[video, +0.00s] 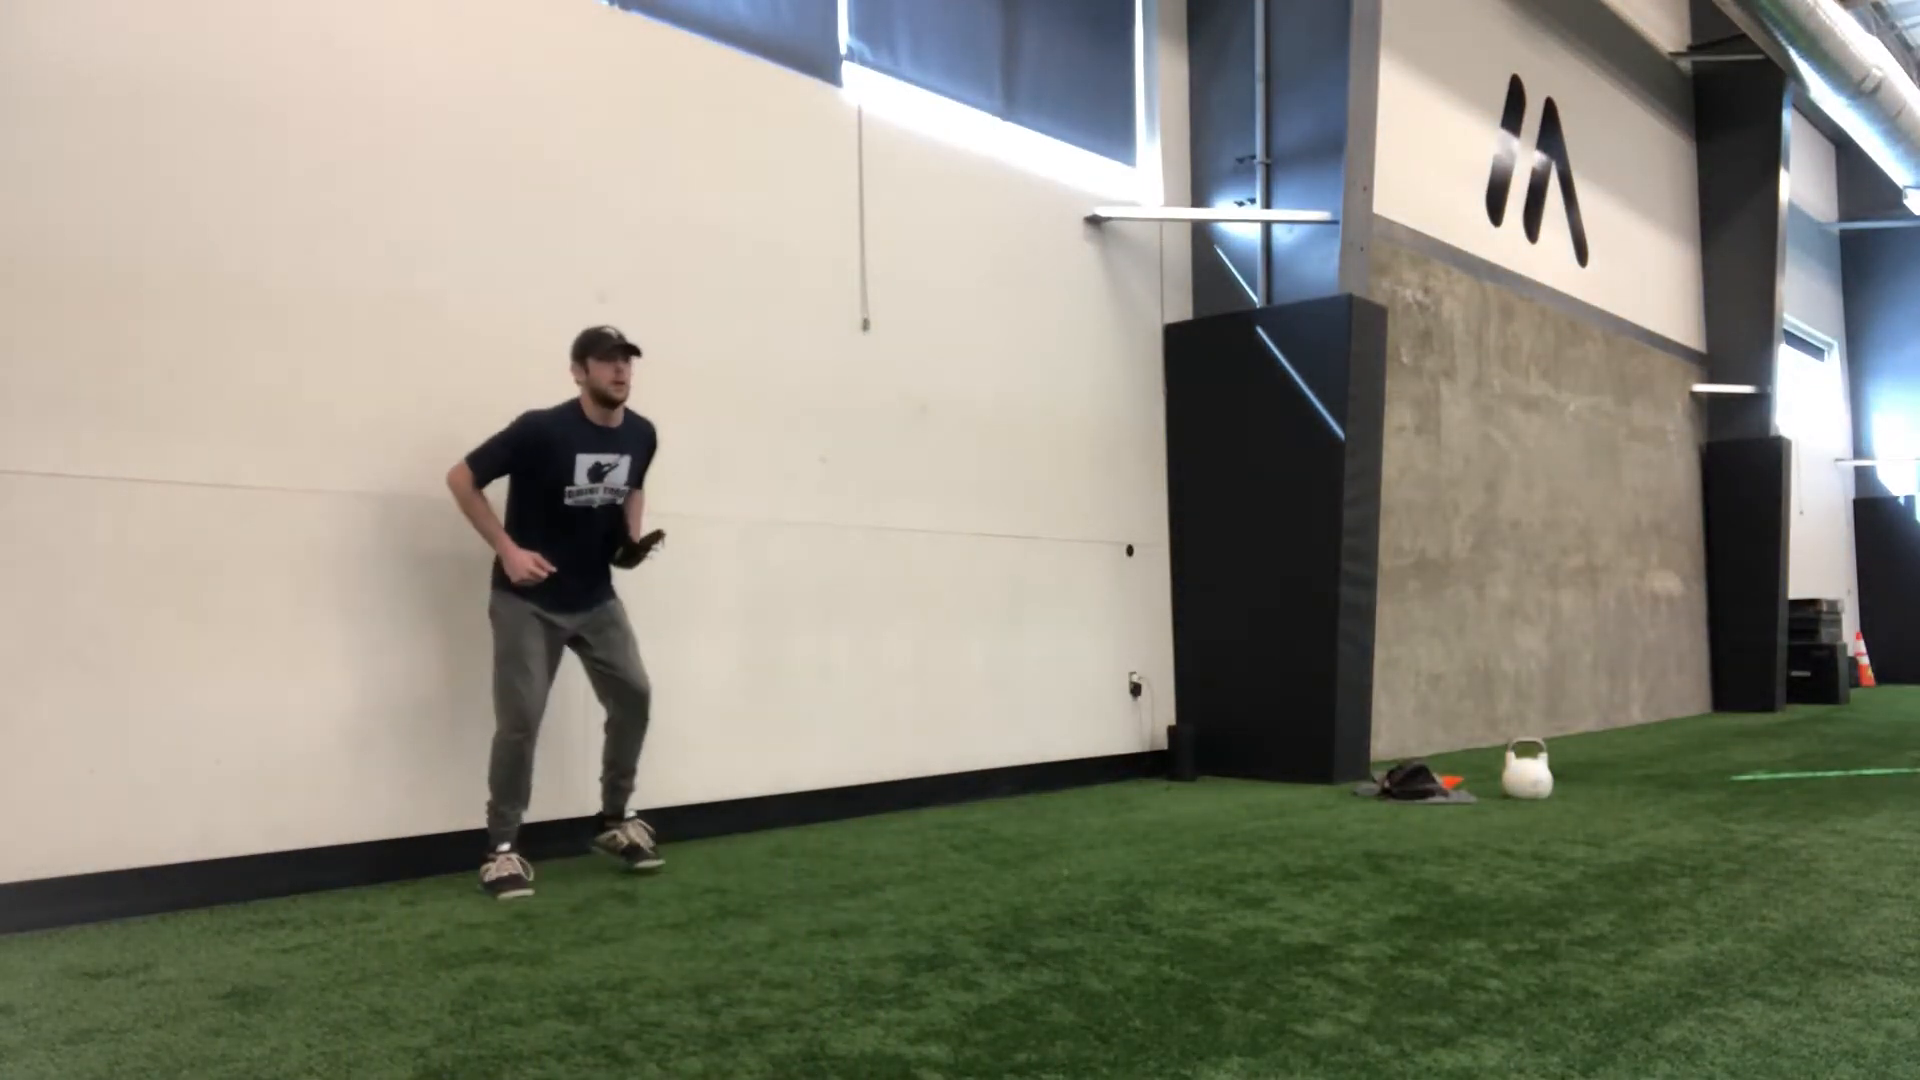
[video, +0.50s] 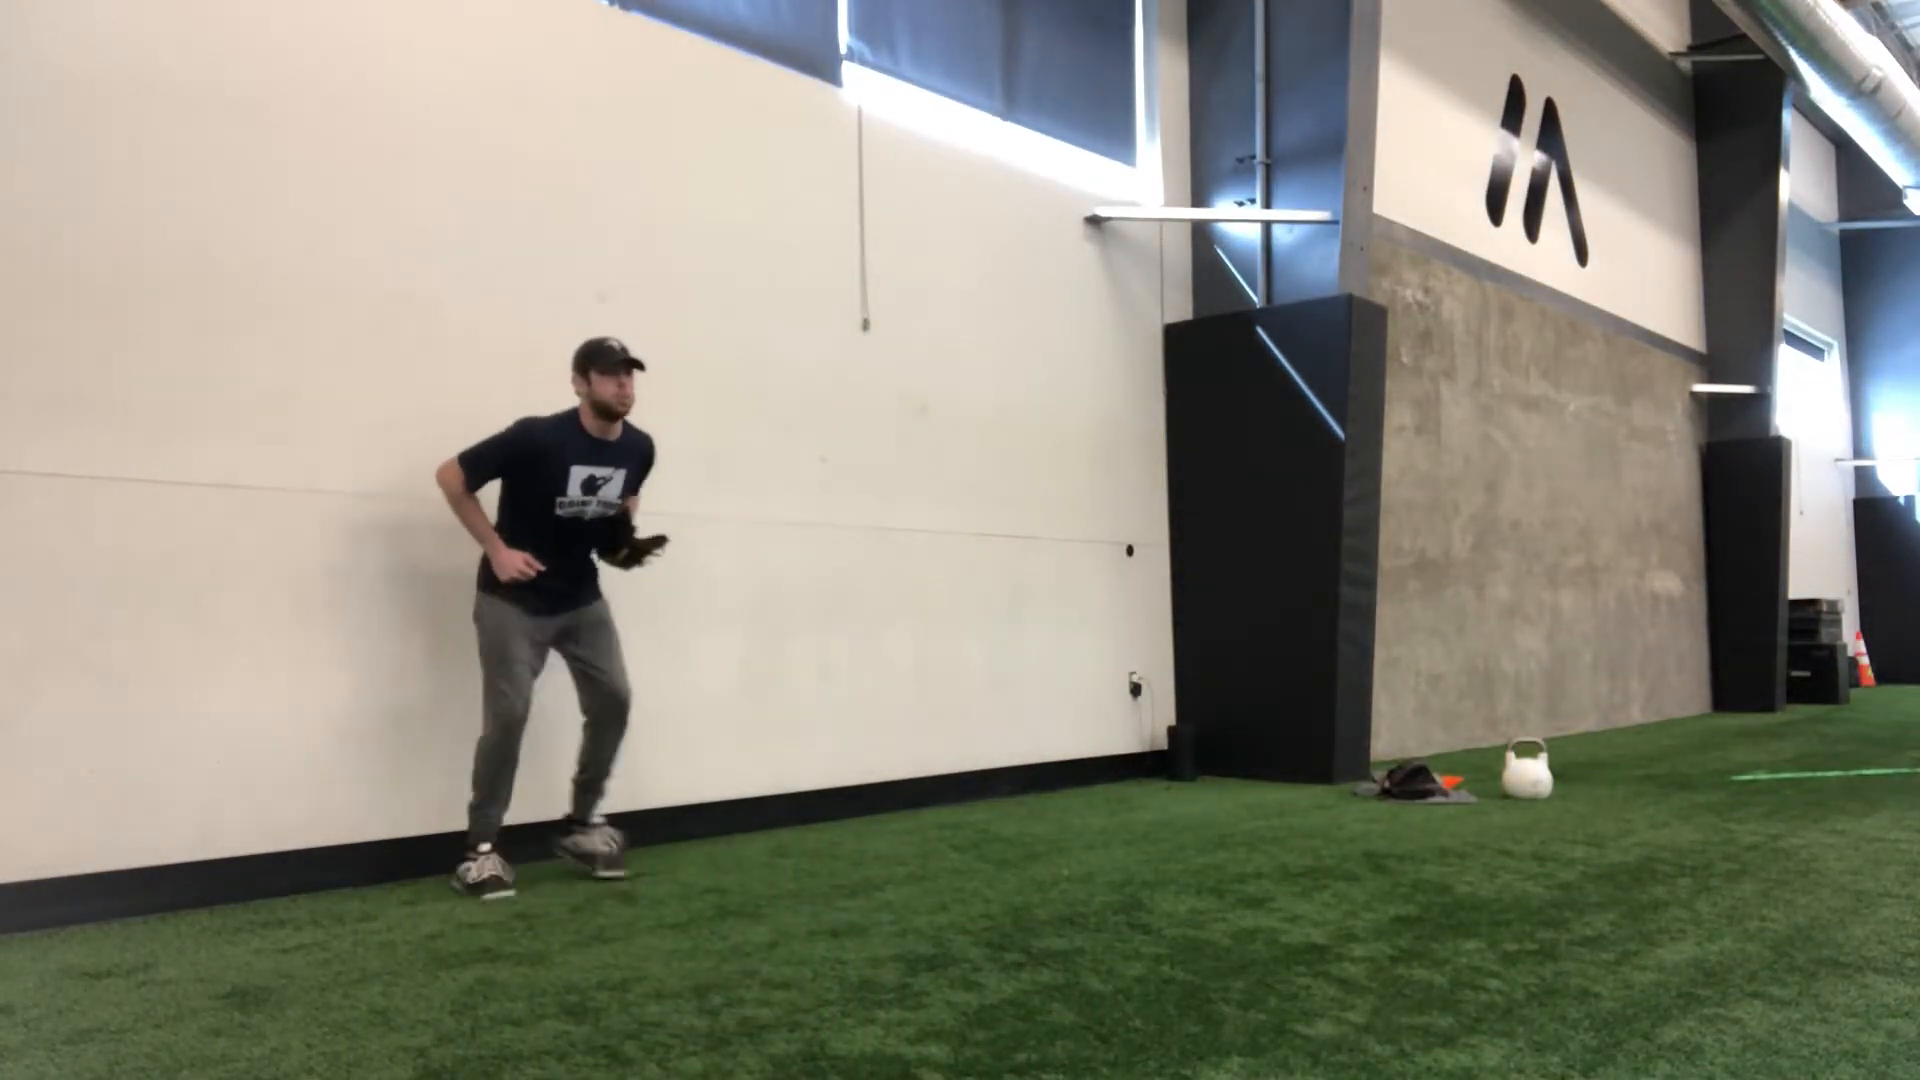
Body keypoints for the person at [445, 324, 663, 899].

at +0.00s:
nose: (621, 372)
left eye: (626, 362)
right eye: (608, 363)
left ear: (633, 371)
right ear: (580, 371)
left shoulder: (640, 436)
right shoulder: (540, 430)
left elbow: (633, 491)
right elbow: (462, 479)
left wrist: (634, 539)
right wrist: (506, 550)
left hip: (595, 598)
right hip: (529, 599)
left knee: (633, 696)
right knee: (520, 719)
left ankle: (614, 823)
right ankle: (502, 850)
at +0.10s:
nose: (627, 376)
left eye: (632, 367)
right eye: (615, 367)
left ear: (638, 376)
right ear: (586, 376)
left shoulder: (646, 442)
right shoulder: (543, 432)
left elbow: (639, 497)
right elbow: (465, 473)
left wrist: (636, 542)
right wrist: (506, 546)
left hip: (595, 597)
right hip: (530, 597)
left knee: (624, 699)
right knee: (525, 712)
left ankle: (607, 830)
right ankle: (504, 848)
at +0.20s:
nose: (631, 388)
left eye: (635, 379)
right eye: (618, 379)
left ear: (641, 388)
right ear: (589, 388)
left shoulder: (651, 455)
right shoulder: (546, 442)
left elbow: (648, 510)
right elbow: (467, 477)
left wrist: (644, 549)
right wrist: (507, 550)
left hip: (596, 602)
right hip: (530, 596)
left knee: (616, 709)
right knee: (531, 695)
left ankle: (596, 836)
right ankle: (505, 835)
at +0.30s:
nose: (630, 389)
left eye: (633, 380)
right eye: (617, 380)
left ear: (639, 388)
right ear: (587, 388)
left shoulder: (649, 457)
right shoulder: (544, 444)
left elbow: (650, 511)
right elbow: (466, 480)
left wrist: (638, 549)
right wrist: (506, 551)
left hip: (594, 602)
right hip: (530, 594)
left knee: (615, 709)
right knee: (536, 683)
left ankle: (594, 836)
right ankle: (500, 818)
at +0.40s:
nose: (628, 383)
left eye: (632, 373)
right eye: (616, 374)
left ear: (637, 381)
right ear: (585, 381)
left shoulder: (643, 448)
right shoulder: (540, 436)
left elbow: (634, 508)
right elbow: (459, 474)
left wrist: (633, 544)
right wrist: (502, 547)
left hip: (586, 593)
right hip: (523, 589)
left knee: (610, 702)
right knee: (525, 693)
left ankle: (595, 834)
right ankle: (486, 837)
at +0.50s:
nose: (625, 385)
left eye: (628, 375)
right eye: (612, 376)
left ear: (634, 383)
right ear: (581, 383)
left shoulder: (637, 448)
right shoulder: (535, 438)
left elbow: (624, 505)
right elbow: (452, 476)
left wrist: (622, 544)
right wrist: (495, 548)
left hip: (580, 598)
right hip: (514, 600)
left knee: (612, 702)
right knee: (508, 716)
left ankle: (583, 824)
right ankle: (482, 849)